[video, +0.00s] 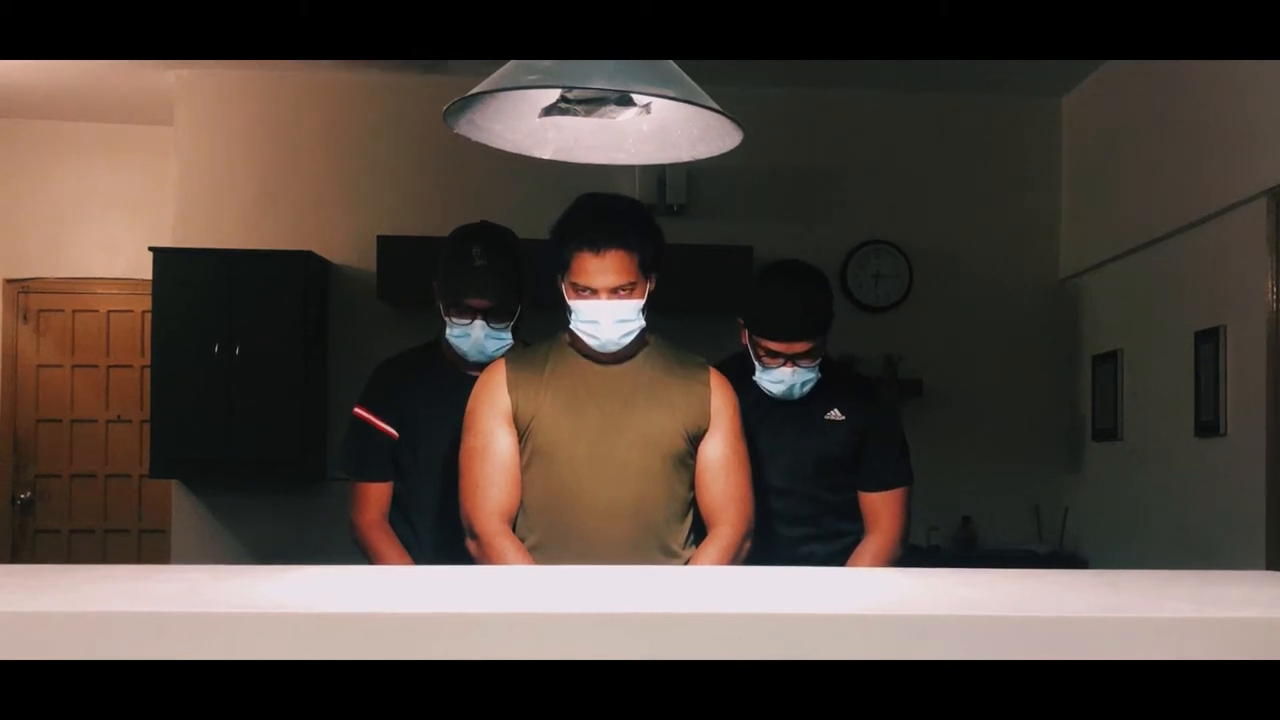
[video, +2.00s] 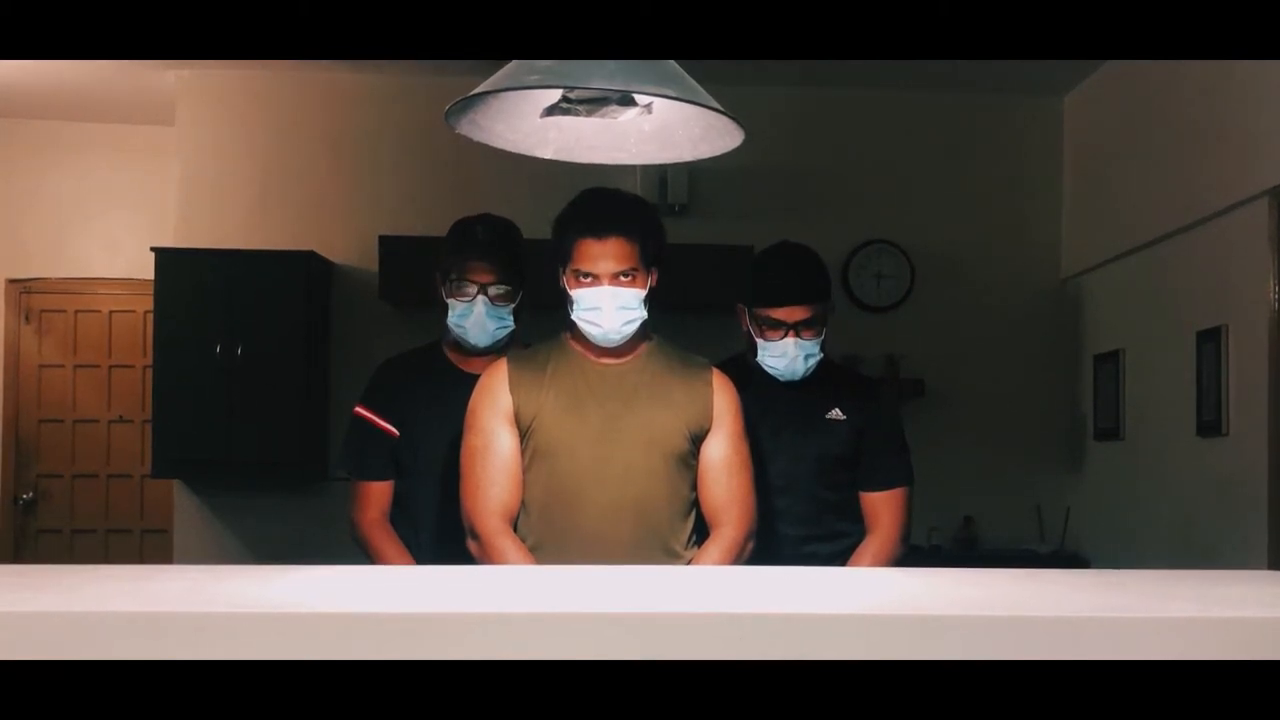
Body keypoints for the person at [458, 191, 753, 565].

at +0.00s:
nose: (603, 309)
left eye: (622, 291)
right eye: (585, 291)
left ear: (648, 286)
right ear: (562, 286)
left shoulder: (705, 389)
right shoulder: (506, 382)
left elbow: (731, 532)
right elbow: (487, 529)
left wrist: (670, 613)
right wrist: (552, 610)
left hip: (665, 611)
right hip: (542, 610)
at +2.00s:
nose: (606, 295)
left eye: (624, 276)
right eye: (587, 278)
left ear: (649, 279)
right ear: (564, 280)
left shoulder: (707, 390)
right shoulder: (507, 383)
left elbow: (733, 532)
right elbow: (488, 529)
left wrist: (670, 615)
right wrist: (554, 611)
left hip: (667, 615)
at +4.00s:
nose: (603, 266)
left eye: (622, 251)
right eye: (585, 251)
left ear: (647, 270)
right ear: (562, 269)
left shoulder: (706, 389)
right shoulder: (505, 382)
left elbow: (732, 531)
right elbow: (484, 529)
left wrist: (668, 616)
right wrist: (551, 615)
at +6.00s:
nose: (603, 239)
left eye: (621, 231)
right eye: (585, 230)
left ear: (646, 267)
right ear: (562, 261)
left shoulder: (704, 388)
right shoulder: (502, 381)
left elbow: (731, 531)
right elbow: (483, 531)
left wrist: (667, 615)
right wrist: (552, 615)